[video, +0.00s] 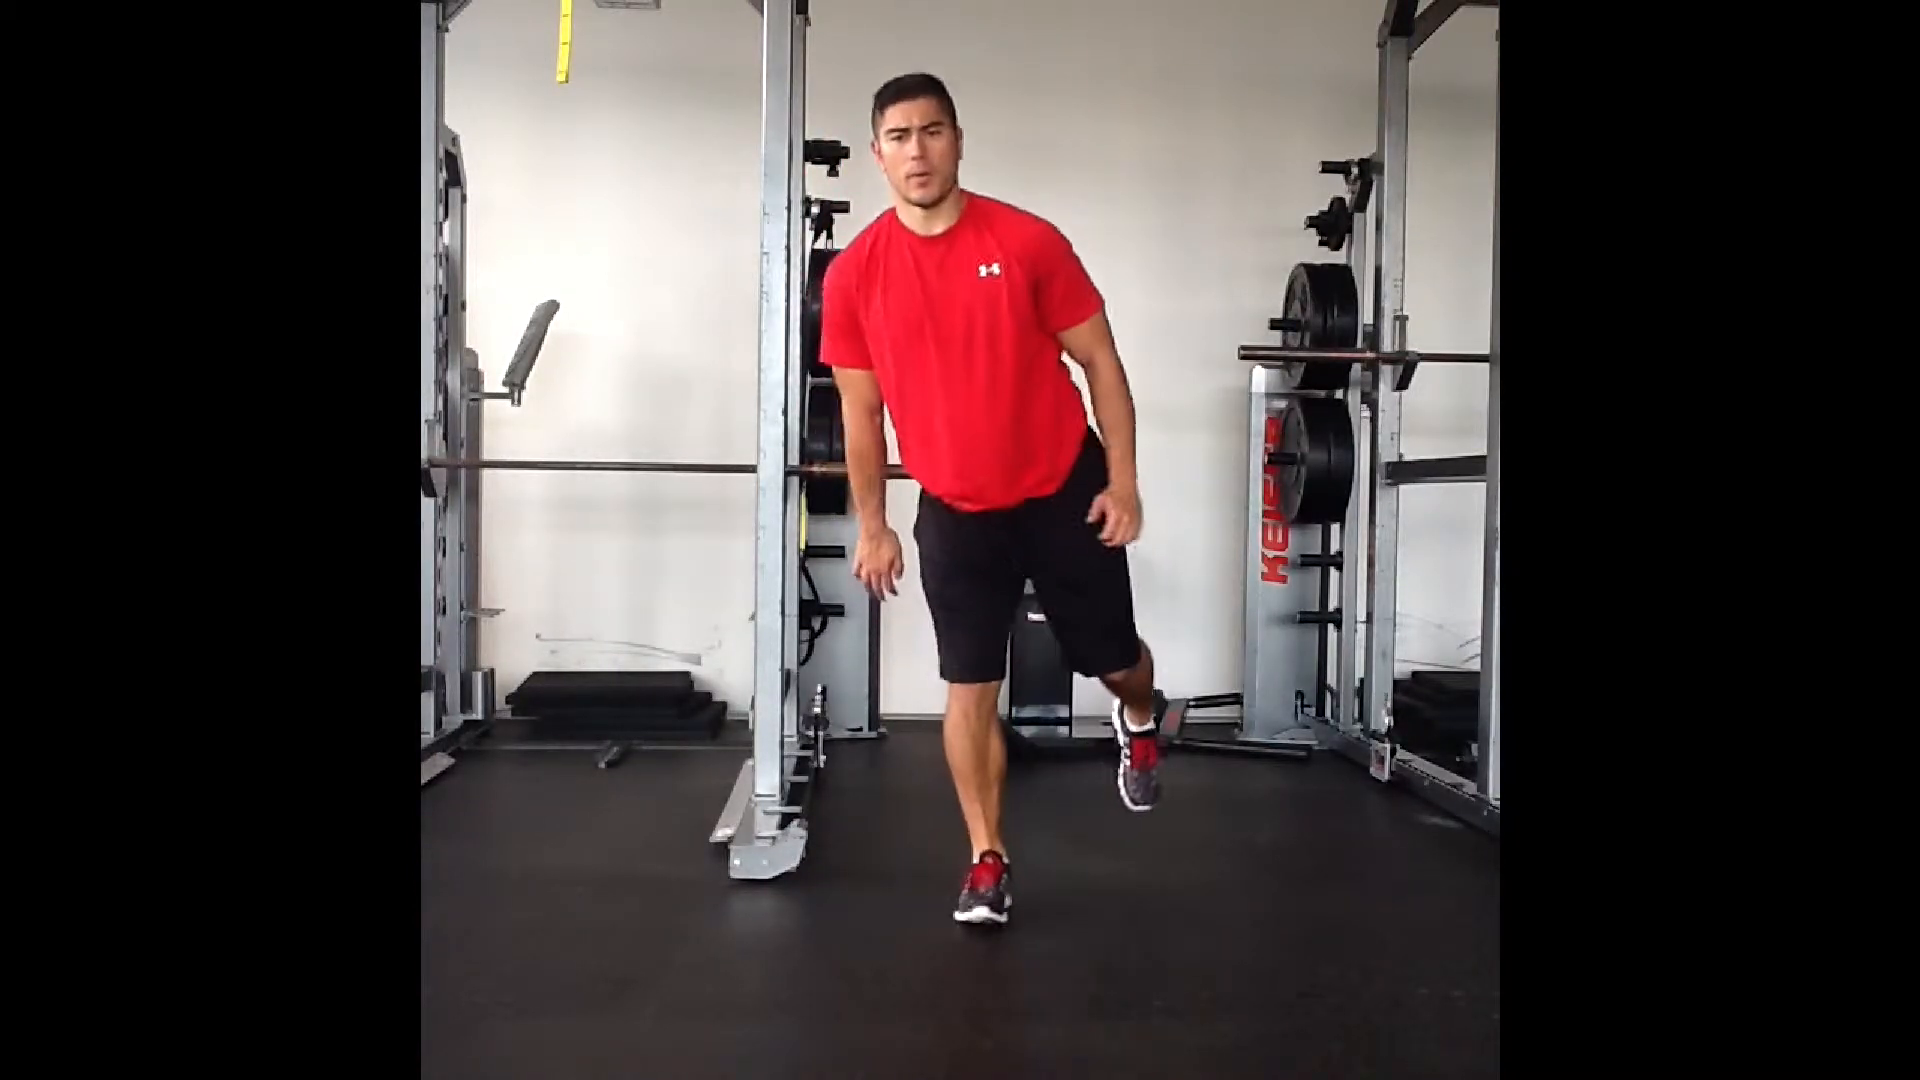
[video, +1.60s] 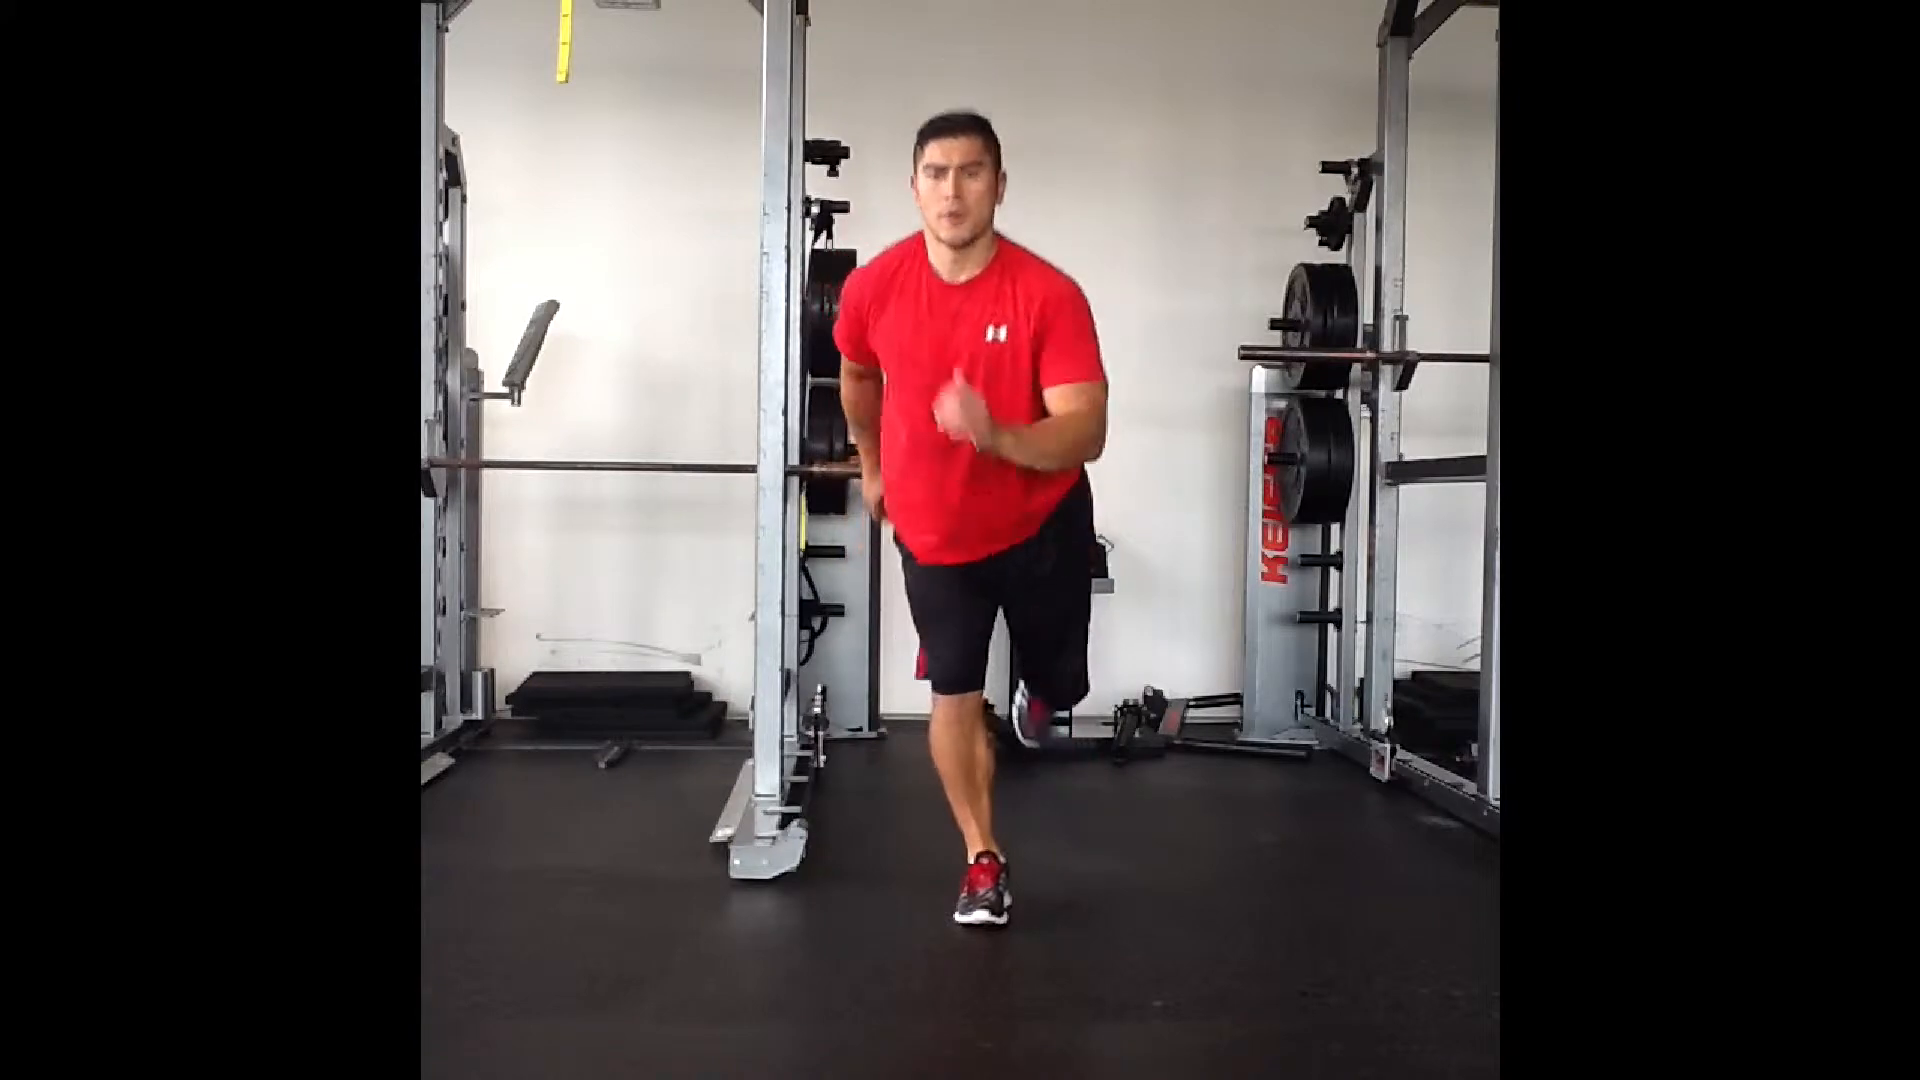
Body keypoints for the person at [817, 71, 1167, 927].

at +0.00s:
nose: (918, 150)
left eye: (933, 132)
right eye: (899, 136)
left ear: (958, 143)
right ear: (878, 155)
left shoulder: (1027, 242)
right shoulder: (854, 275)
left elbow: (1099, 361)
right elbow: (860, 412)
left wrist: (1123, 478)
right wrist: (872, 524)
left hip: (1061, 488)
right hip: (954, 506)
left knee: (1116, 661)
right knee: (968, 684)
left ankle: (1143, 728)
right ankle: (985, 860)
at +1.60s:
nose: (952, 189)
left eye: (970, 173)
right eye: (936, 173)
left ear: (999, 188)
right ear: (914, 188)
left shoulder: (1050, 297)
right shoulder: (872, 290)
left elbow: (1086, 433)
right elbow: (858, 375)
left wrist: (999, 436)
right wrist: (871, 463)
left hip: (1042, 525)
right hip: (936, 536)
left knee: (1055, 671)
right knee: (956, 686)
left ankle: (1040, 698)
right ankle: (982, 859)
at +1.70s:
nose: (951, 243)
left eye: (968, 227)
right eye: (934, 228)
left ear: (997, 240)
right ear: (914, 242)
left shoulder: (1041, 339)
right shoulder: (875, 329)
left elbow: (1054, 454)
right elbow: (893, 412)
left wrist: (960, 361)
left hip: (1043, 553)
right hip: (941, 555)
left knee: (1031, 695)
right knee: (959, 692)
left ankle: (994, 728)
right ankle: (982, 859)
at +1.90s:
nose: (941, 296)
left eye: (959, 277)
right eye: (924, 277)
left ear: (990, 287)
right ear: (902, 288)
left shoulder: (1036, 374)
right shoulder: (871, 368)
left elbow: (1053, 510)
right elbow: (906, 436)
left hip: (1044, 575)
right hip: (944, 574)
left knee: (1015, 710)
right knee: (963, 711)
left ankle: (1001, 717)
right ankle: (985, 862)